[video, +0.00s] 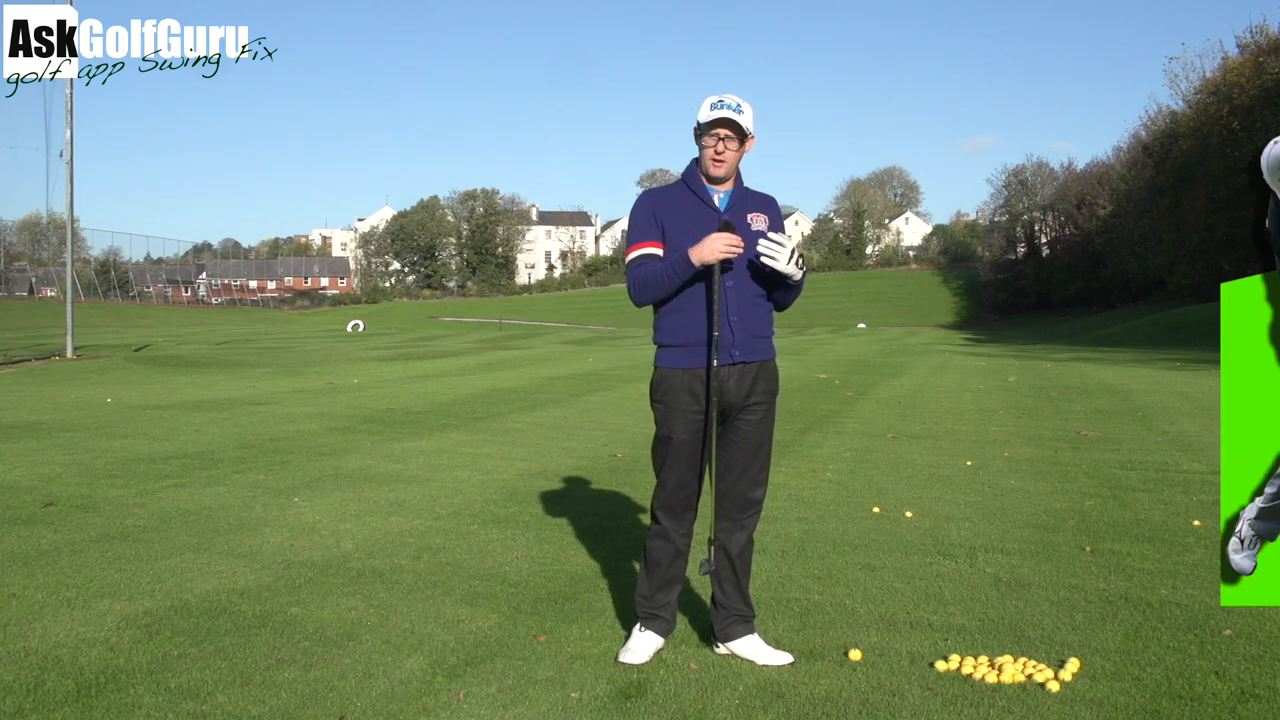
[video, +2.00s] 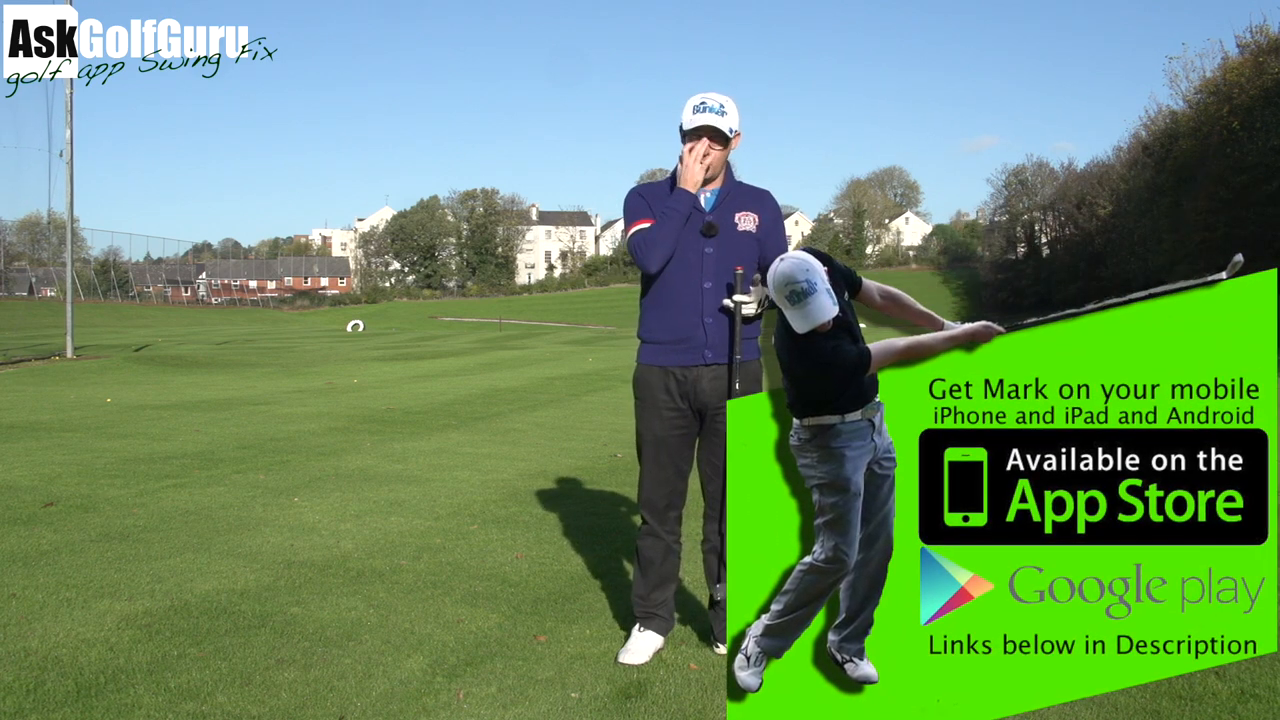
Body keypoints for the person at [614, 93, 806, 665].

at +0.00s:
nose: (719, 145)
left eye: (730, 137)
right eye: (711, 135)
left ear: (746, 145)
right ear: (697, 142)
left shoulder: (764, 209)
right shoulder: (655, 205)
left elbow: (780, 299)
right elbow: (642, 288)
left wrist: (790, 271)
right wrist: (694, 255)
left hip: (752, 373)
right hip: (682, 375)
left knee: (740, 507)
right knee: (674, 504)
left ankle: (734, 627)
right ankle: (653, 621)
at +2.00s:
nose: (702, 146)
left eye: (713, 138)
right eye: (693, 137)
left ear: (733, 144)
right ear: (681, 141)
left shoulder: (760, 203)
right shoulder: (648, 197)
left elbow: (781, 281)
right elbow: (648, 257)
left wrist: (762, 297)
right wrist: (686, 191)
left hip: (735, 374)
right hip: (662, 374)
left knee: (731, 511)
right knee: (658, 508)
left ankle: (733, 623)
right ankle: (652, 620)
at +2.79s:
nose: (702, 145)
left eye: (712, 135)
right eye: (692, 136)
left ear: (730, 141)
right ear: (680, 142)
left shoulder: (755, 203)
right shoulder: (644, 203)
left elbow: (780, 283)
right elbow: (625, 288)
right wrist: (660, 257)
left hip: (737, 375)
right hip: (664, 377)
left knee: (731, 510)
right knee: (660, 506)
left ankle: (733, 625)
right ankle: (651, 620)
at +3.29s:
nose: (691, 144)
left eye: (702, 135)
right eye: (682, 134)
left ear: (717, 142)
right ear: (668, 138)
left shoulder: (743, 200)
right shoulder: (628, 207)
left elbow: (768, 280)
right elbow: (617, 292)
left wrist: (746, 327)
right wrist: (675, 300)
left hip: (723, 374)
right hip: (650, 375)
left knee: (723, 507)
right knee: (651, 508)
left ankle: (729, 622)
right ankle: (651, 620)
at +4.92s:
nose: (681, 162)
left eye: (690, 151)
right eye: (671, 151)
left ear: (695, 152)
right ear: (645, 145)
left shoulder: (701, 208)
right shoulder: (596, 211)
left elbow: (723, 279)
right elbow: (590, 295)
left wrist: (732, 326)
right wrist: (640, 322)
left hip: (692, 378)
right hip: (622, 381)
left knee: (714, 504)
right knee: (635, 507)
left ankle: (727, 623)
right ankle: (649, 620)